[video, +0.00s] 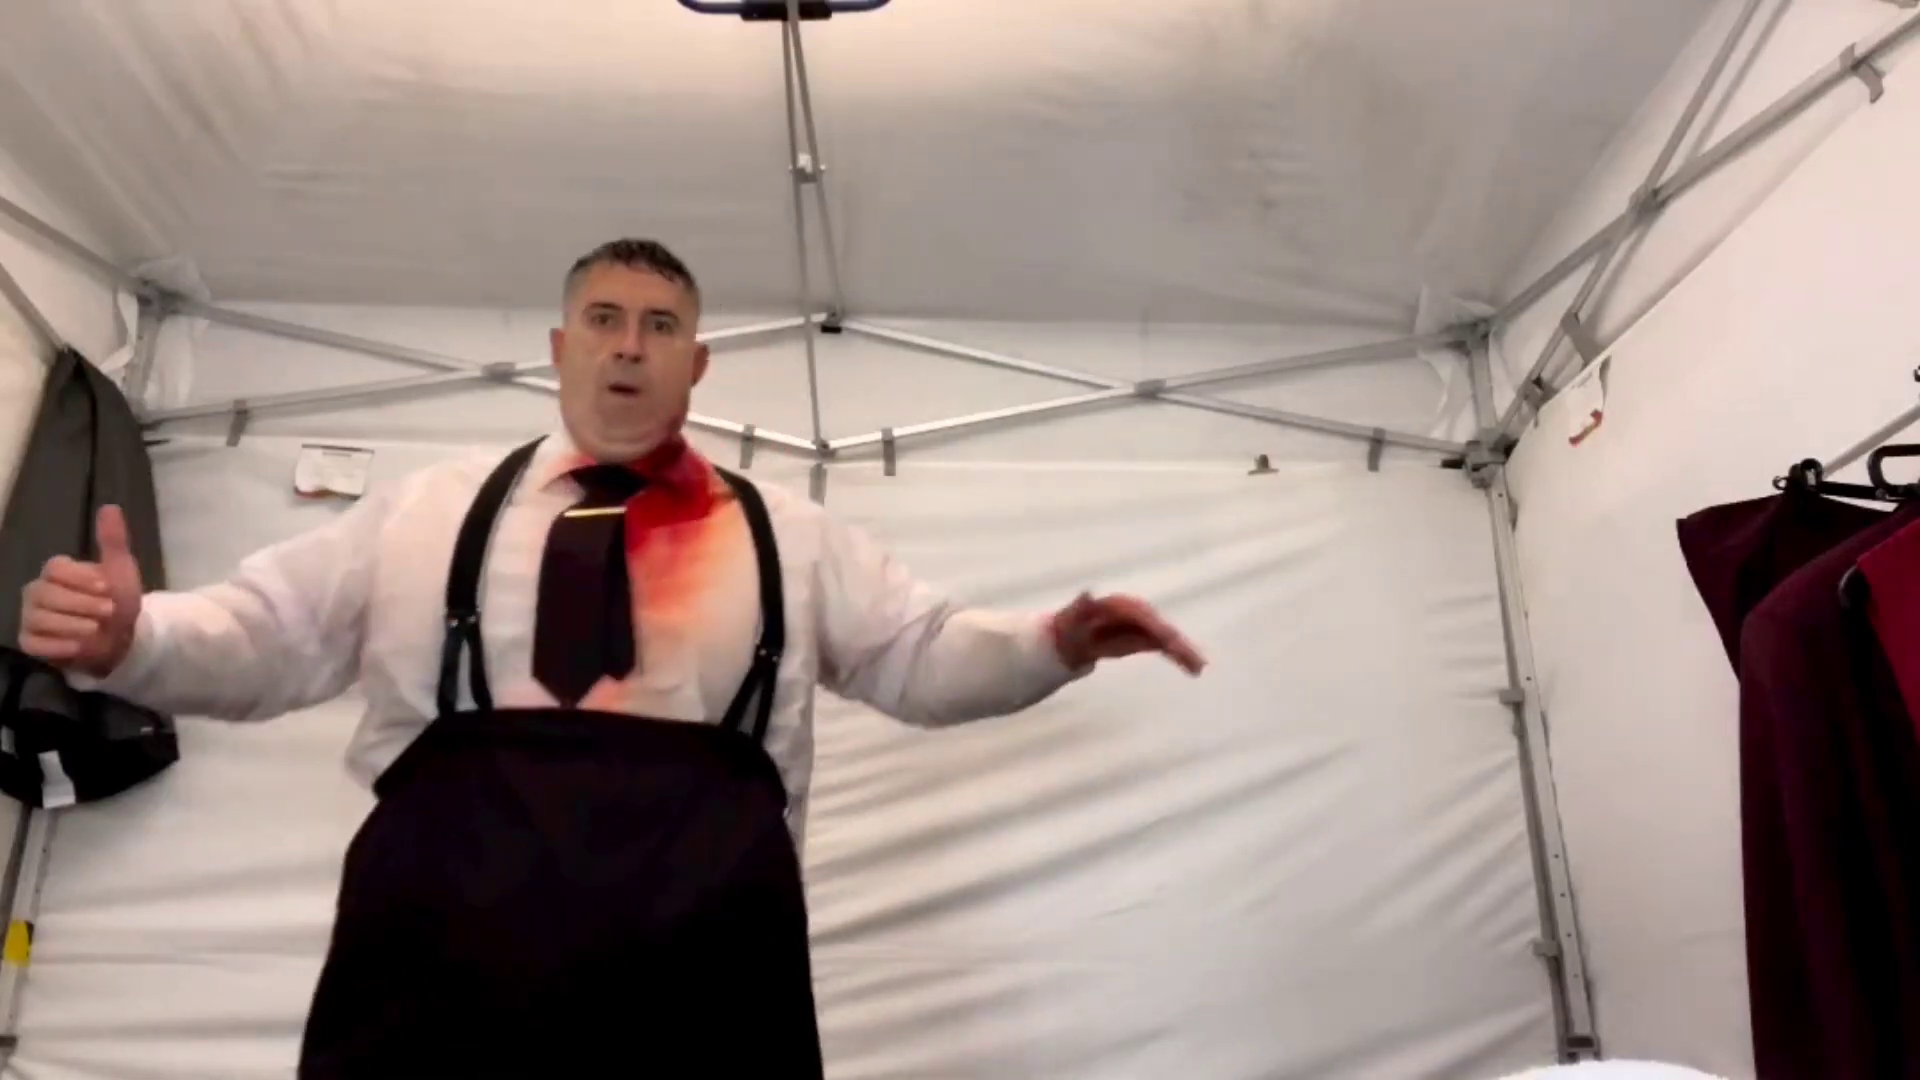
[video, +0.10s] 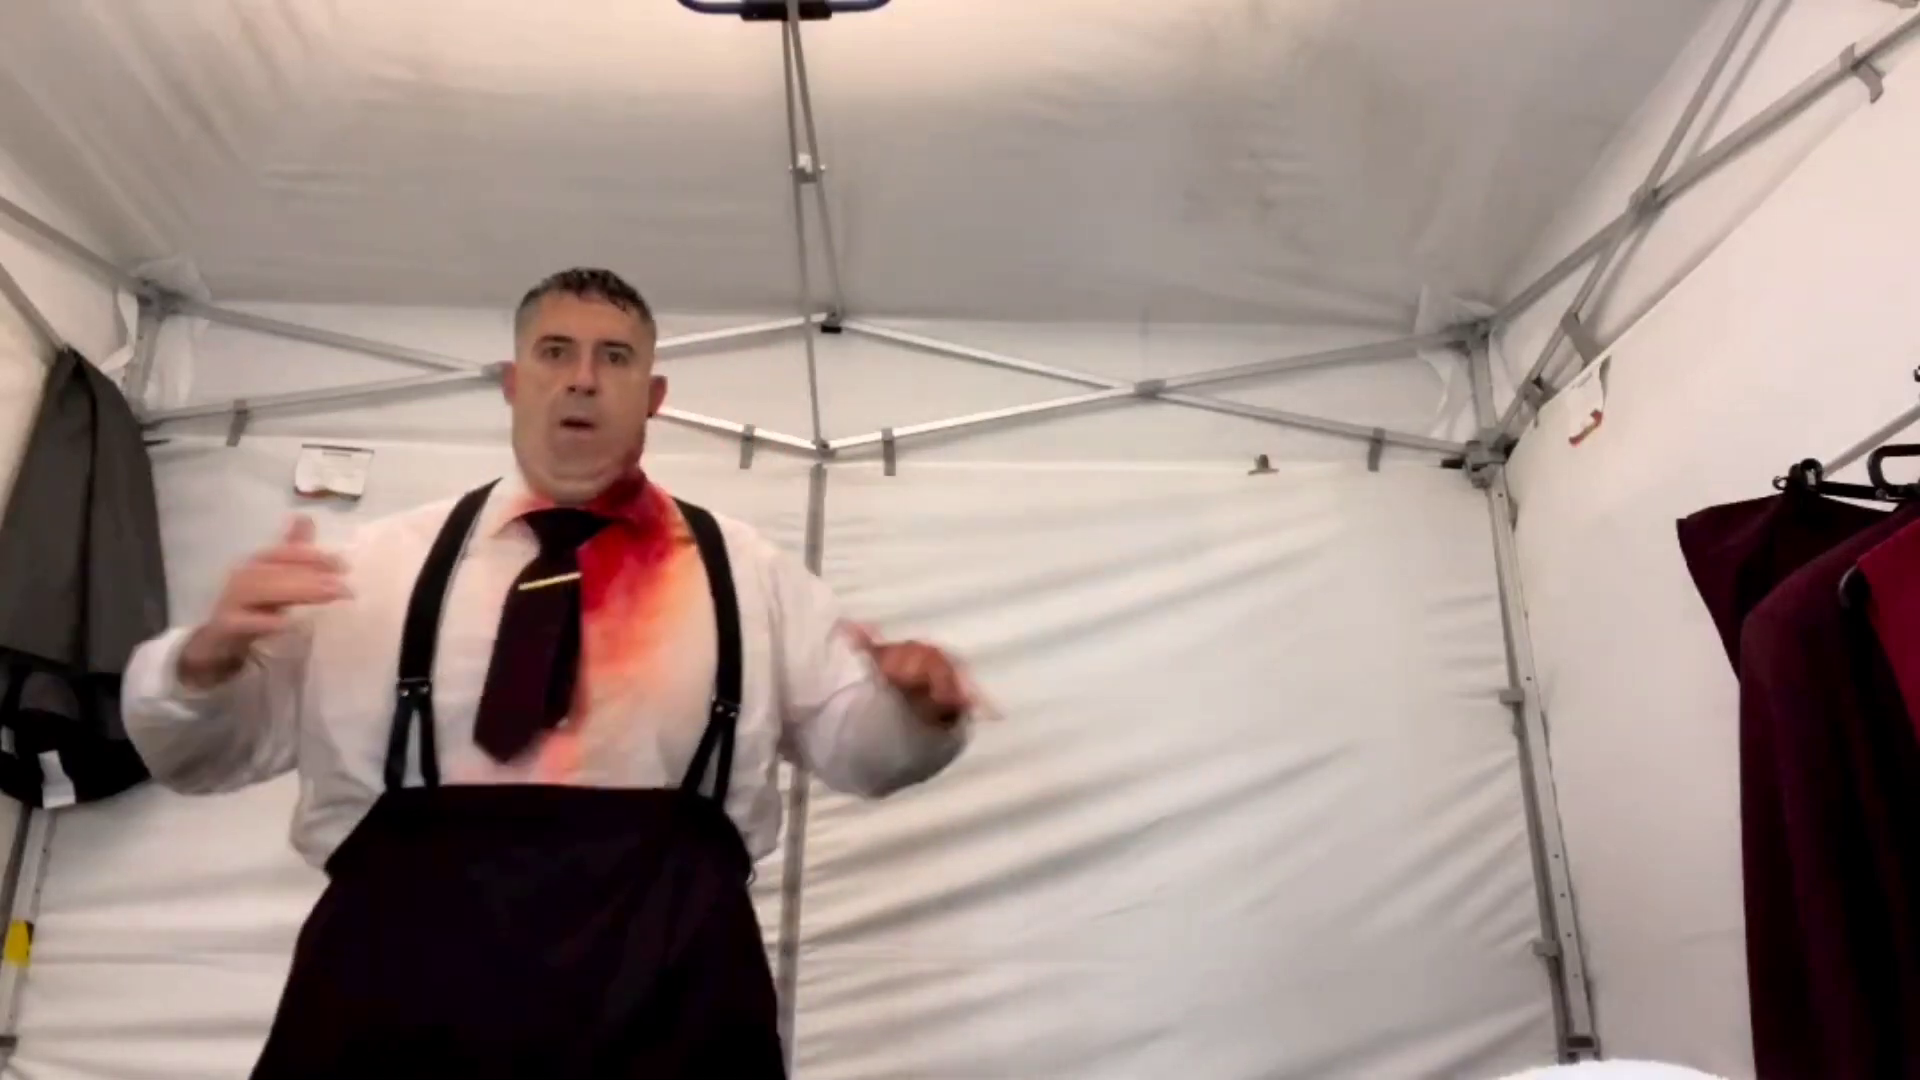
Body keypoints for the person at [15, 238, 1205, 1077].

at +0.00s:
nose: (630, 342)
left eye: (661, 324)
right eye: (603, 319)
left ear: (701, 364)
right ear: (554, 351)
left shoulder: (790, 533)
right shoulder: (426, 511)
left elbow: (919, 661)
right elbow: (267, 632)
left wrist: (1053, 644)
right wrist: (130, 633)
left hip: (696, 910)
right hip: (453, 903)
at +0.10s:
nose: (581, 380)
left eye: (613, 360)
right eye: (556, 355)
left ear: (654, 397)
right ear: (510, 385)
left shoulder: (743, 570)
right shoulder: (373, 565)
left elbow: (842, 743)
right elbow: (196, 761)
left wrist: (911, 716)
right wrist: (203, 663)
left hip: (658, 947)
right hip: (415, 937)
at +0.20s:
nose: (578, 339)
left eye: (611, 318)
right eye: (553, 311)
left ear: (651, 358)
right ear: (505, 340)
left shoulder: (731, 529)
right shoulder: (376, 517)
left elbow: (852, 710)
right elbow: (221, 714)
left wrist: (784, 716)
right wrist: (377, 649)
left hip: (657, 913)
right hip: (419, 908)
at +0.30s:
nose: (611, 282)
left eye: (643, 261)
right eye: (585, 252)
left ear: (680, 307)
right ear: (534, 283)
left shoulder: (763, 475)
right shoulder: (399, 456)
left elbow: (854, 640)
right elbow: (268, 619)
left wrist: (745, 730)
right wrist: (394, 667)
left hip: (680, 924)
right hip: (436, 909)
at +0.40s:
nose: (648, 303)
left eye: (682, 285)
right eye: (622, 272)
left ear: (715, 330)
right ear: (569, 298)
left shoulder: (791, 504)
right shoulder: (414, 477)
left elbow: (894, 665)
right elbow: (275, 635)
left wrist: (807, 782)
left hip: (690, 895)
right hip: (448, 882)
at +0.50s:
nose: (672, 341)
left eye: (706, 322)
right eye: (645, 306)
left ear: (738, 366)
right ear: (588, 328)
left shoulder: (796, 551)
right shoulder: (436, 506)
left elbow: (904, 706)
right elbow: (279, 674)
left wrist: (912, 775)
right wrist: (226, 779)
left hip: (697, 935)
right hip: (448, 922)